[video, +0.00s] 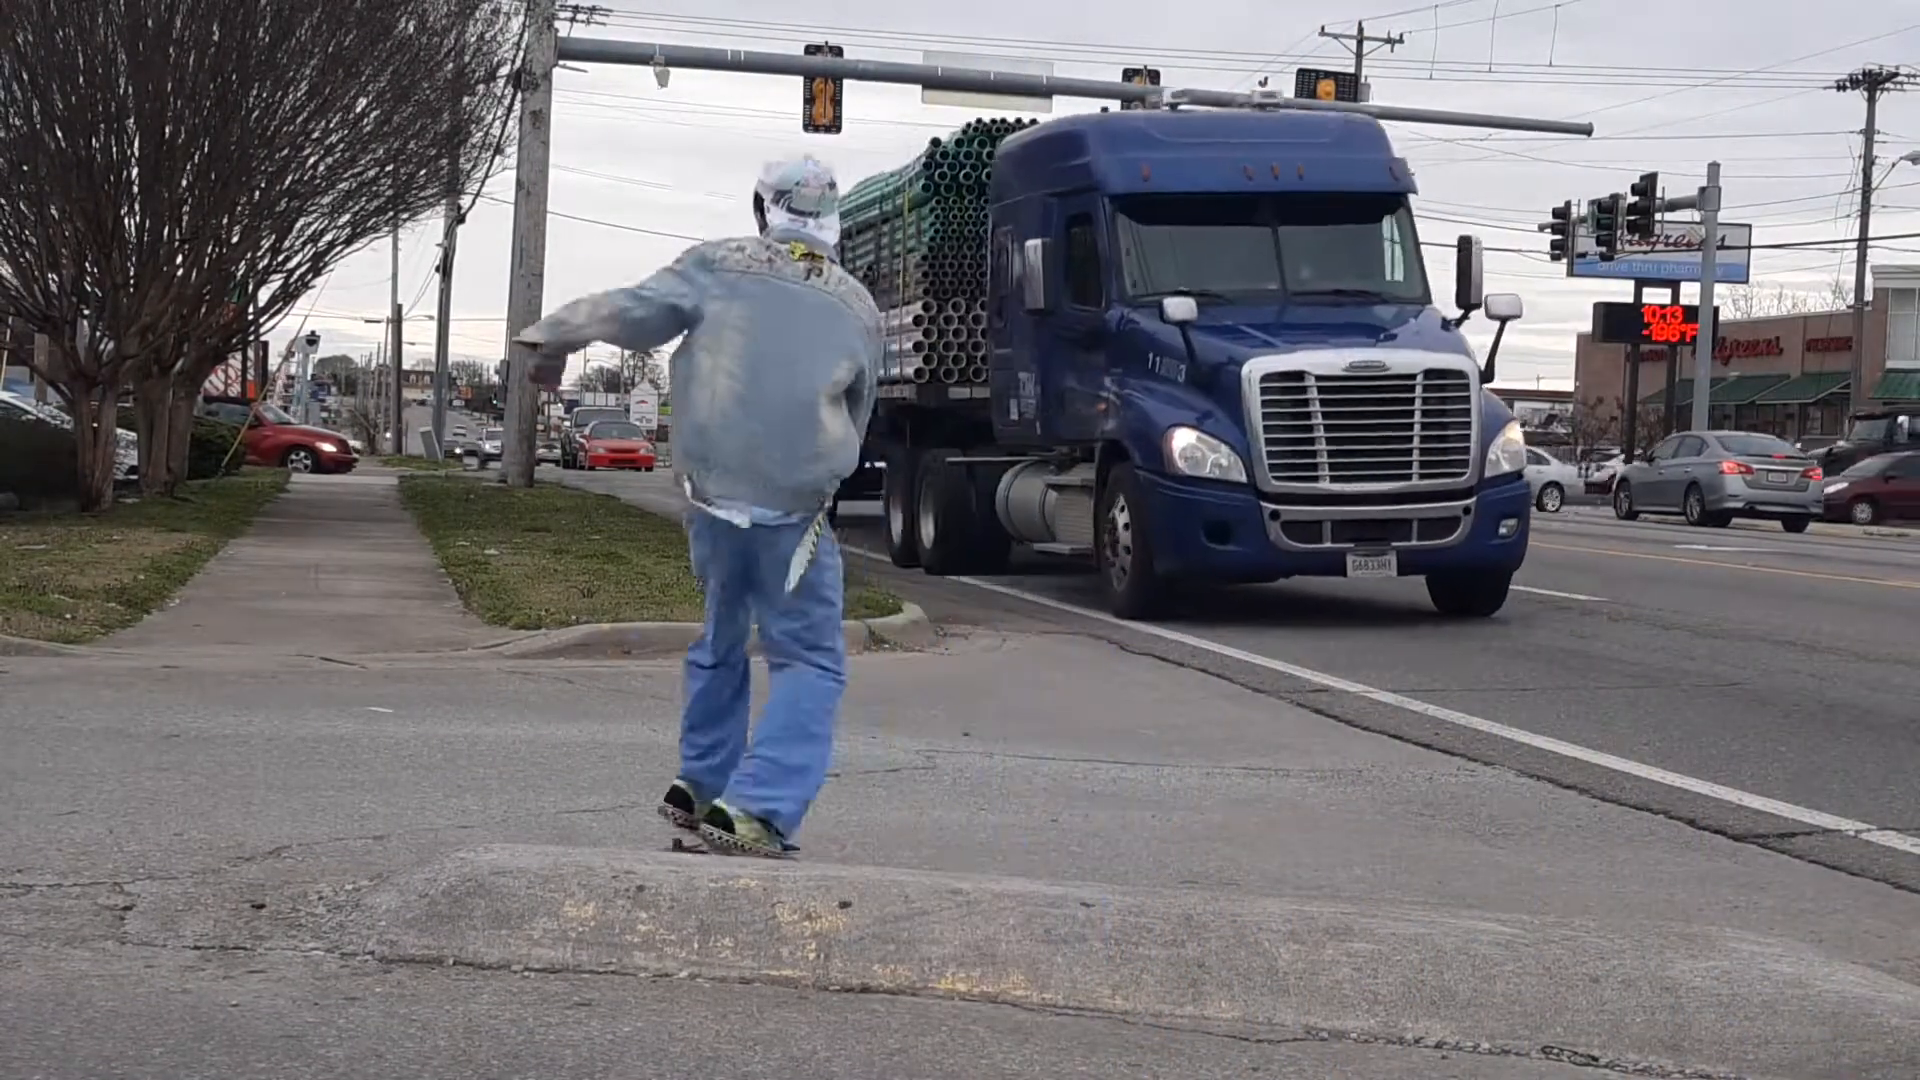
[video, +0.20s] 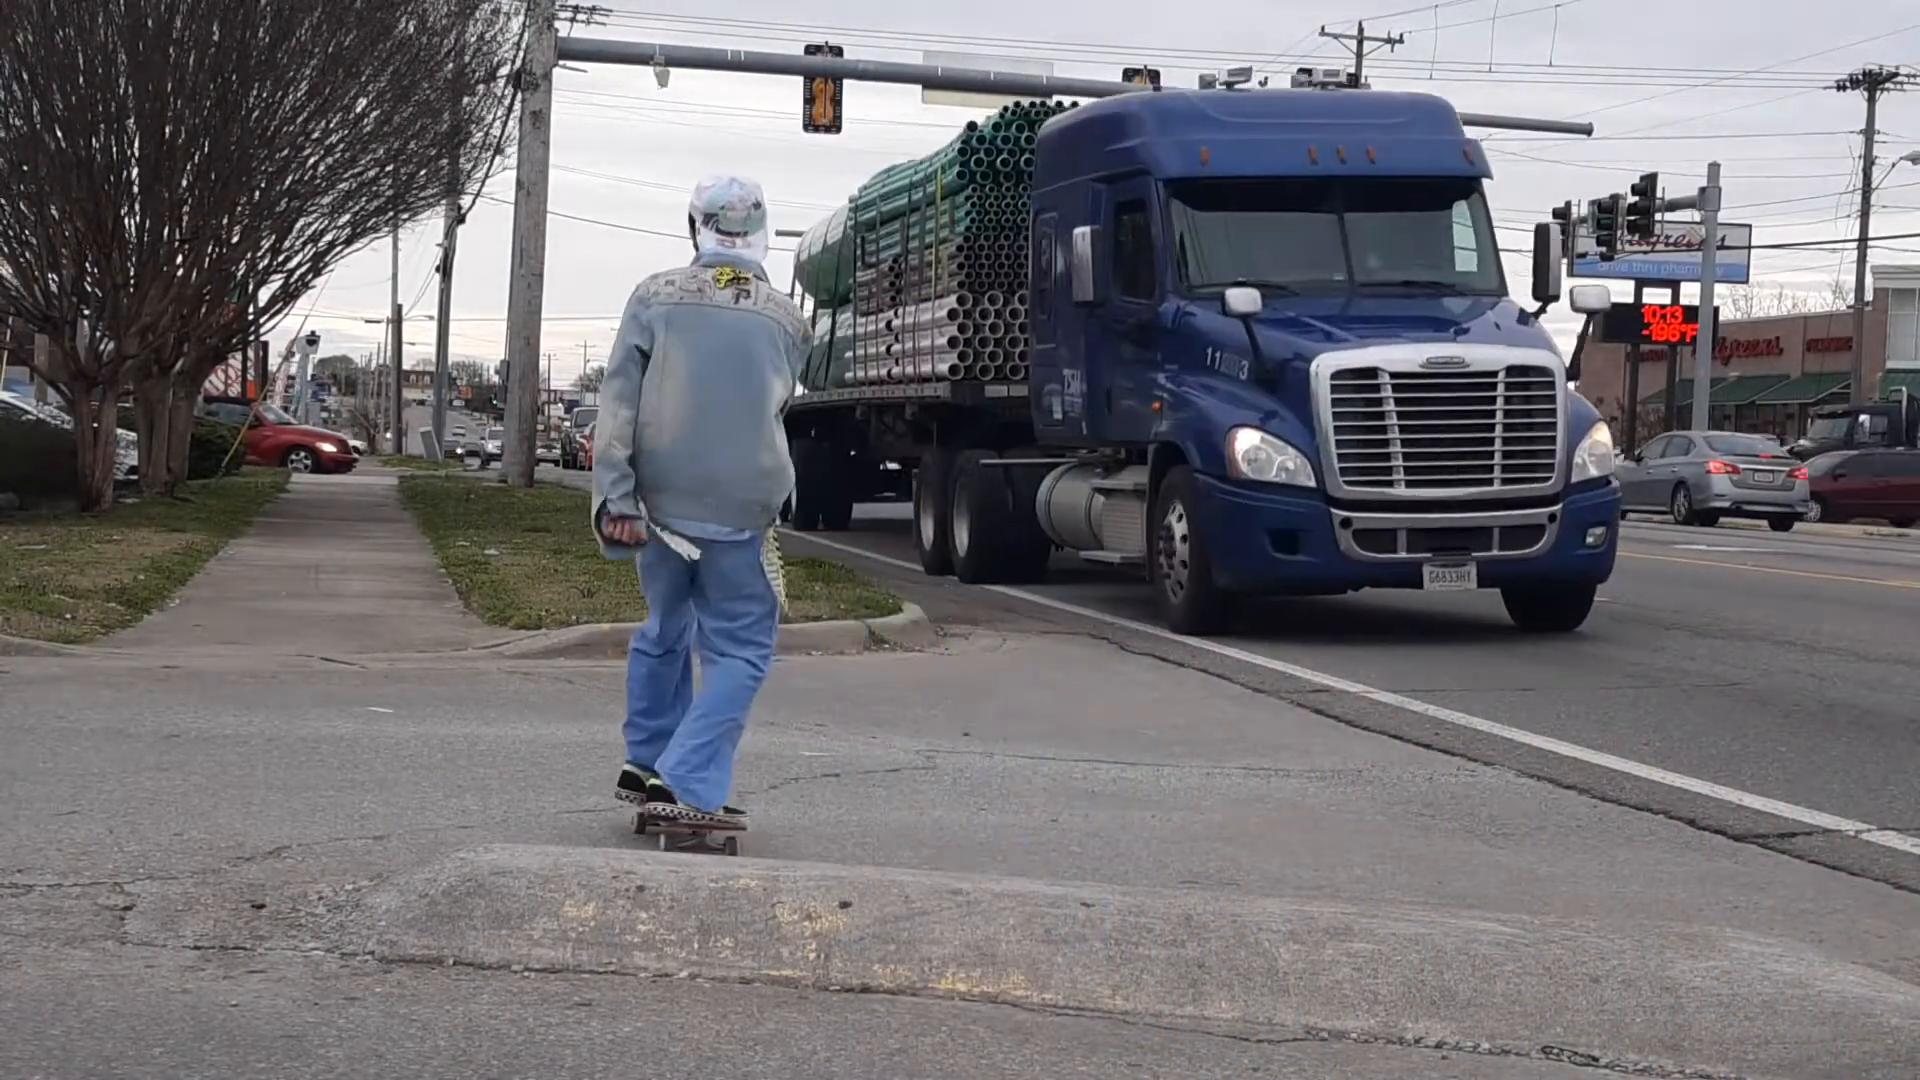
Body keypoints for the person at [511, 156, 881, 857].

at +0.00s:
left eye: (774, 208)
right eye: (825, 215)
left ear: (763, 210)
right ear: (833, 219)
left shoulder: (716, 264)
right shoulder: (859, 307)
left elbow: (628, 310)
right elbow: (856, 421)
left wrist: (548, 337)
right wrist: (811, 472)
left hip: (712, 490)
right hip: (796, 502)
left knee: (721, 641)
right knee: (811, 662)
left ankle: (700, 783)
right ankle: (757, 812)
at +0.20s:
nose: (727, 242)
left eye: (705, 227)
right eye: (750, 231)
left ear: (696, 230)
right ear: (763, 235)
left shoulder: (654, 295)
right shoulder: (783, 315)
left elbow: (616, 401)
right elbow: (783, 389)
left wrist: (615, 493)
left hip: (657, 498)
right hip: (740, 506)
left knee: (665, 629)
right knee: (740, 648)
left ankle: (646, 760)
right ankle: (685, 789)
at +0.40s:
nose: (674, 230)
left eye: (651, 216)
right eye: (685, 220)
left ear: (635, 219)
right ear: (694, 224)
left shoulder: (589, 286)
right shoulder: (719, 300)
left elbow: (583, 386)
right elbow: (728, 392)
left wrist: (631, 454)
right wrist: (690, 457)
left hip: (612, 480)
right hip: (686, 483)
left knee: (622, 612)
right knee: (685, 622)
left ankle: (606, 743)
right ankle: (649, 764)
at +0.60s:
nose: (662, 243)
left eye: (663, 232)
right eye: (663, 232)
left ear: (602, 219)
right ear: (650, 225)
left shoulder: (539, 283)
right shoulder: (652, 285)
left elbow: (509, 381)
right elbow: (707, 390)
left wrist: (519, 462)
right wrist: (766, 456)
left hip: (558, 467)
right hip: (620, 469)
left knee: (580, 591)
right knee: (652, 592)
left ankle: (565, 724)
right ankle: (621, 743)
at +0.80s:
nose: (633, 252)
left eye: (637, 240)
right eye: (630, 237)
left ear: (588, 228)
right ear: (599, 225)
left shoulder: (513, 286)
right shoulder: (594, 286)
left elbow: (475, 384)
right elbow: (655, 365)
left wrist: (449, 460)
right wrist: (736, 407)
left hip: (526, 465)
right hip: (581, 462)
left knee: (545, 581)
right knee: (605, 584)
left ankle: (518, 704)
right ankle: (568, 724)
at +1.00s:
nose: (592, 250)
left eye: (596, 238)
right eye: (587, 235)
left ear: (552, 230)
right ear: (554, 226)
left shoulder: (505, 281)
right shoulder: (542, 288)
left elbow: (487, 378)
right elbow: (548, 389)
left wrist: (485, 450)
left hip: (498, 454)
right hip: (531, 455)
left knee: (516, 567)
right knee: (563, 571)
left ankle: (479, 686)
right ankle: (522, 703)